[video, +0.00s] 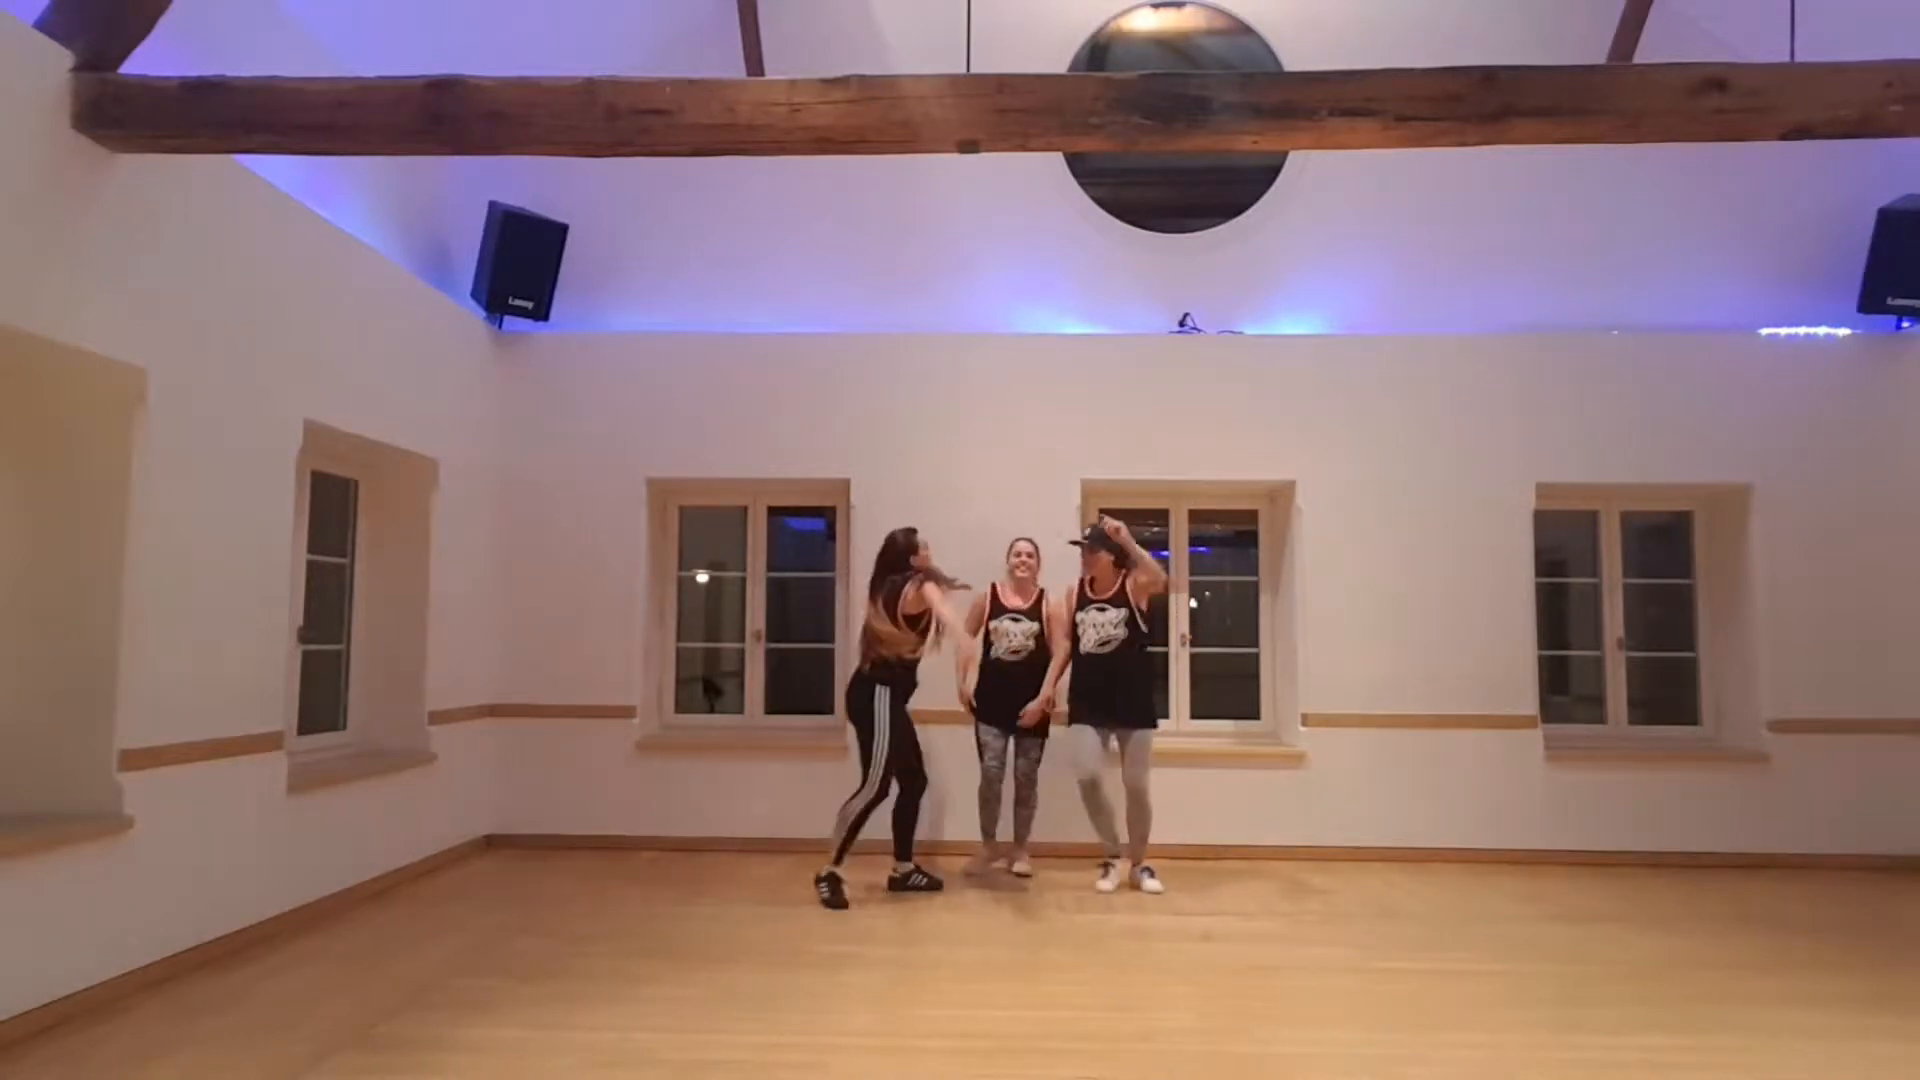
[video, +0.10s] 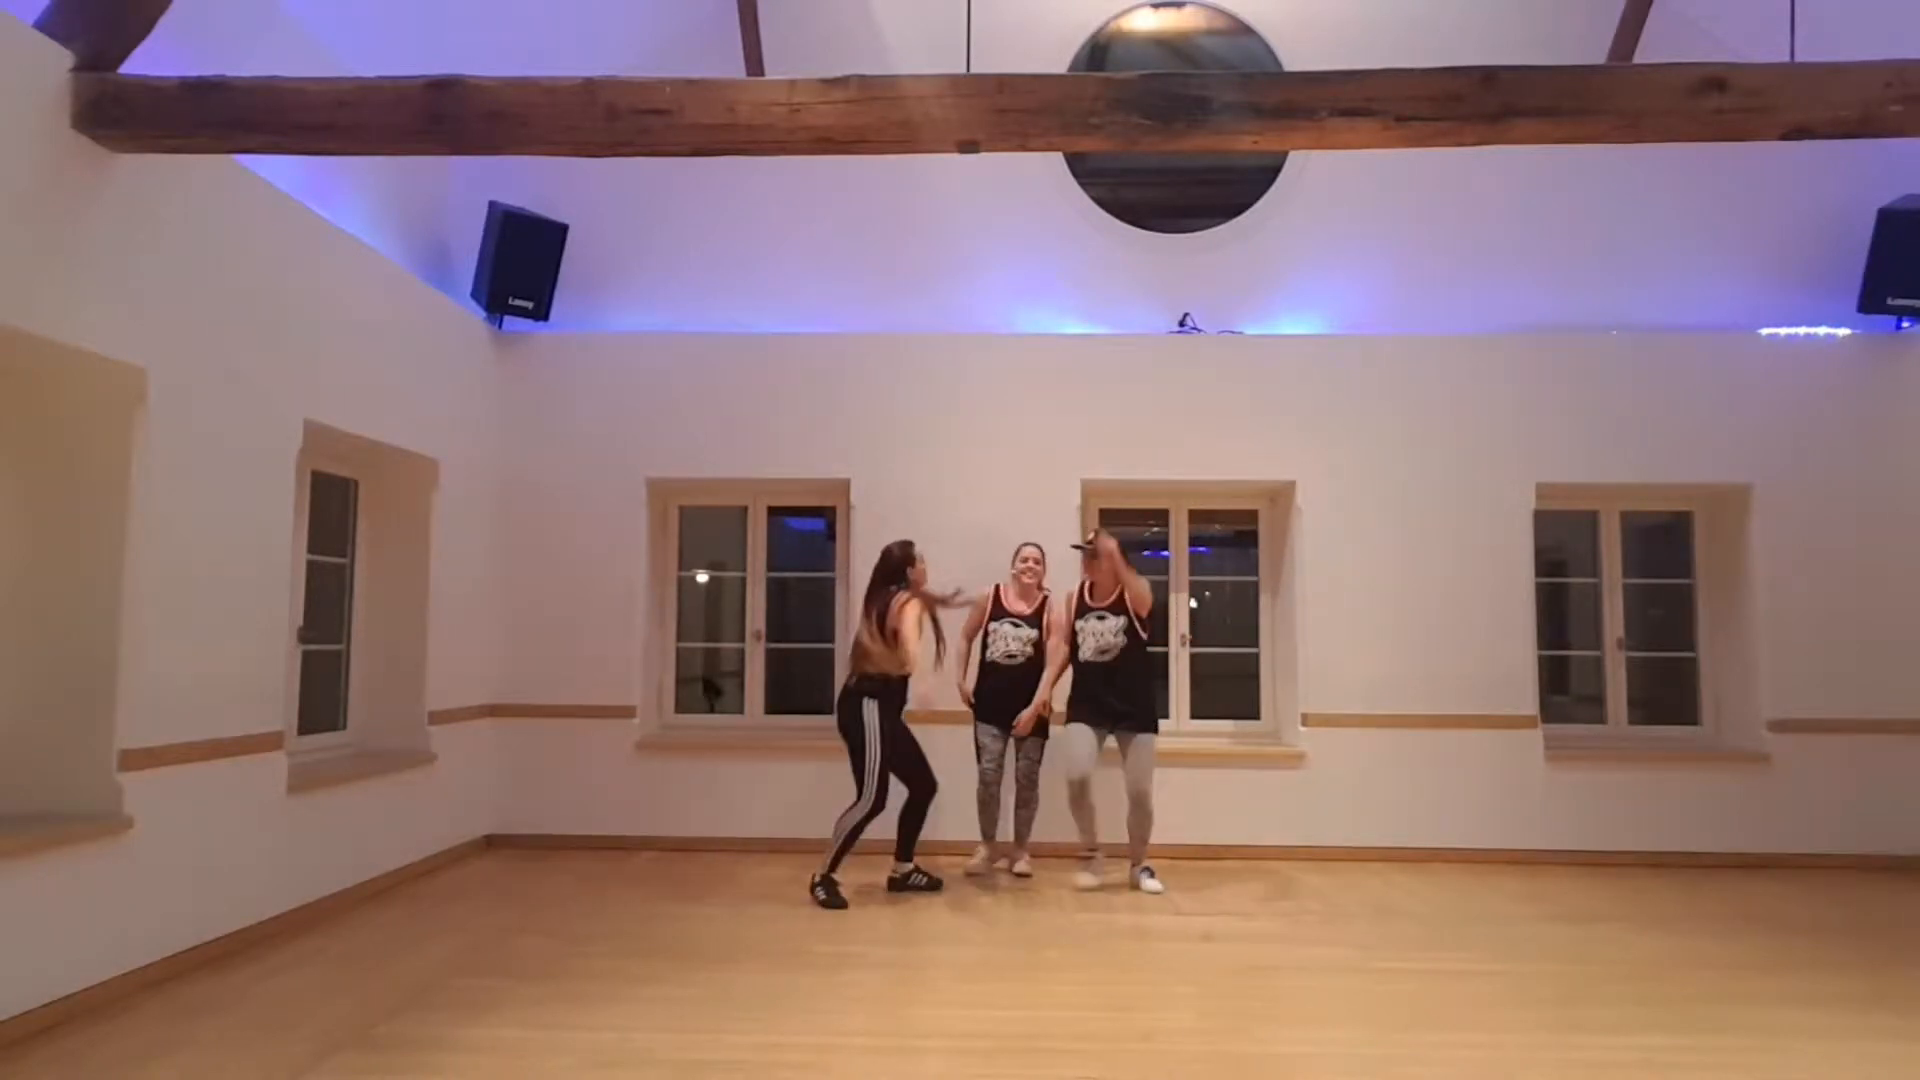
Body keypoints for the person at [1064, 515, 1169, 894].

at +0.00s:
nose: (1085, 557)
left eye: (1092, 552)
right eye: (1084, 551)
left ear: (1111, 555)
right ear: (1084, 554)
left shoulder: (1134, 586)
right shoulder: (1075, 593)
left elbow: (1159, 579)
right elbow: (1065, 647)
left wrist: (1130, 544)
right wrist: (1050, 691)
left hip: (1133, 701)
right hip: (1087, 702)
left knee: (1136, 783)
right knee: (1087, 776)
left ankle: (1140, 864)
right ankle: (1115, 856)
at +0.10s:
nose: (1091, 564)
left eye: (1098, 558)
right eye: (1088, 558)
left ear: (1117, 561)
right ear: (1084, 560)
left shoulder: (1135, 593)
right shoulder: (1077, 595)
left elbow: (1142, 600)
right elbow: (1065, 646)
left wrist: (1116, 559)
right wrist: (1046, 688)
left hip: (1134, 705)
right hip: (1087, 704)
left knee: (1140, 791)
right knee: (1076, 775)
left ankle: (1140, 865)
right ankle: (1092, 858)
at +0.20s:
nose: (1085, 572)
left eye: (1093, 566)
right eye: (1085, 565)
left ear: (1111, 570)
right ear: (1084, 569)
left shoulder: (1133, 598)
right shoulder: (1072, 606)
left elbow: (1136, 637)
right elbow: (1060, 658)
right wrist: (1046, 700)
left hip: (1132, 711)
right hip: (1083, 710)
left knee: (1145, 795)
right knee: (1065, 784)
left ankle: (1139, 866)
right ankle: (1056, 862)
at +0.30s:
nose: (1079, 576)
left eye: (1087, 570)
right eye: (1079, 569)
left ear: (1107, 576)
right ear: (1078, 572)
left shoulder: (1127, 606)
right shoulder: (1065, 607)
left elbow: (1135, 652)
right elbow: (1054, 660)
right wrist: (1044, 705)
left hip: (1121, 712)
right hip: (1072, 711)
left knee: (1141, 793)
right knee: (1054, 791)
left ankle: (1140, 865)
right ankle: (1046, 863)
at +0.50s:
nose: (1069, 556)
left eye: (1077, 551)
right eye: (1068, 550)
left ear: (1095, 555)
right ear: (1065, 554)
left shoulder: (1114, 594)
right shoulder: (1049, 587)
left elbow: (1133, 637)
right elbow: (1031, 635)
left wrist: (1163, 672)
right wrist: (1018, 679)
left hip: (1101, 697)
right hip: (1052, 698)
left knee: (1111, 780)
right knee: (1045, 783)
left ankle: (1118, 860)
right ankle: (1042, 863)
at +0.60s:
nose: (1071, 553)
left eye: (1079, 547)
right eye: (1068, 546)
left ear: (1095, 553)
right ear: (1063, 551)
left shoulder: (1110, 592)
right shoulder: (1044, 587)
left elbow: (1137, 619)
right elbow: (1016, 635)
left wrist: (1181, 629)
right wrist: (1001, 688)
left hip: (1097, 695)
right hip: (1048, 695)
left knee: (1094, 775)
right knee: (1042, 781)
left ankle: (1084, 858)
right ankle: (1041, 862)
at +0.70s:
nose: (1082, 572)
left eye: (1087, 565)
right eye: (1075, 565)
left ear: (1097, 567)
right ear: (1065, 567)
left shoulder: (1110, 600)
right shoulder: (1046, 605)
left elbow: (1142, 598)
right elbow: (1001, 639)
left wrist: (1174, 587)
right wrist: (991, 680)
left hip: (1089, 710)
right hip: (1045, 709)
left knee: (1068, 791)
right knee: (1045, 791)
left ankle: (1062, 859)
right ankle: (1045, 862)